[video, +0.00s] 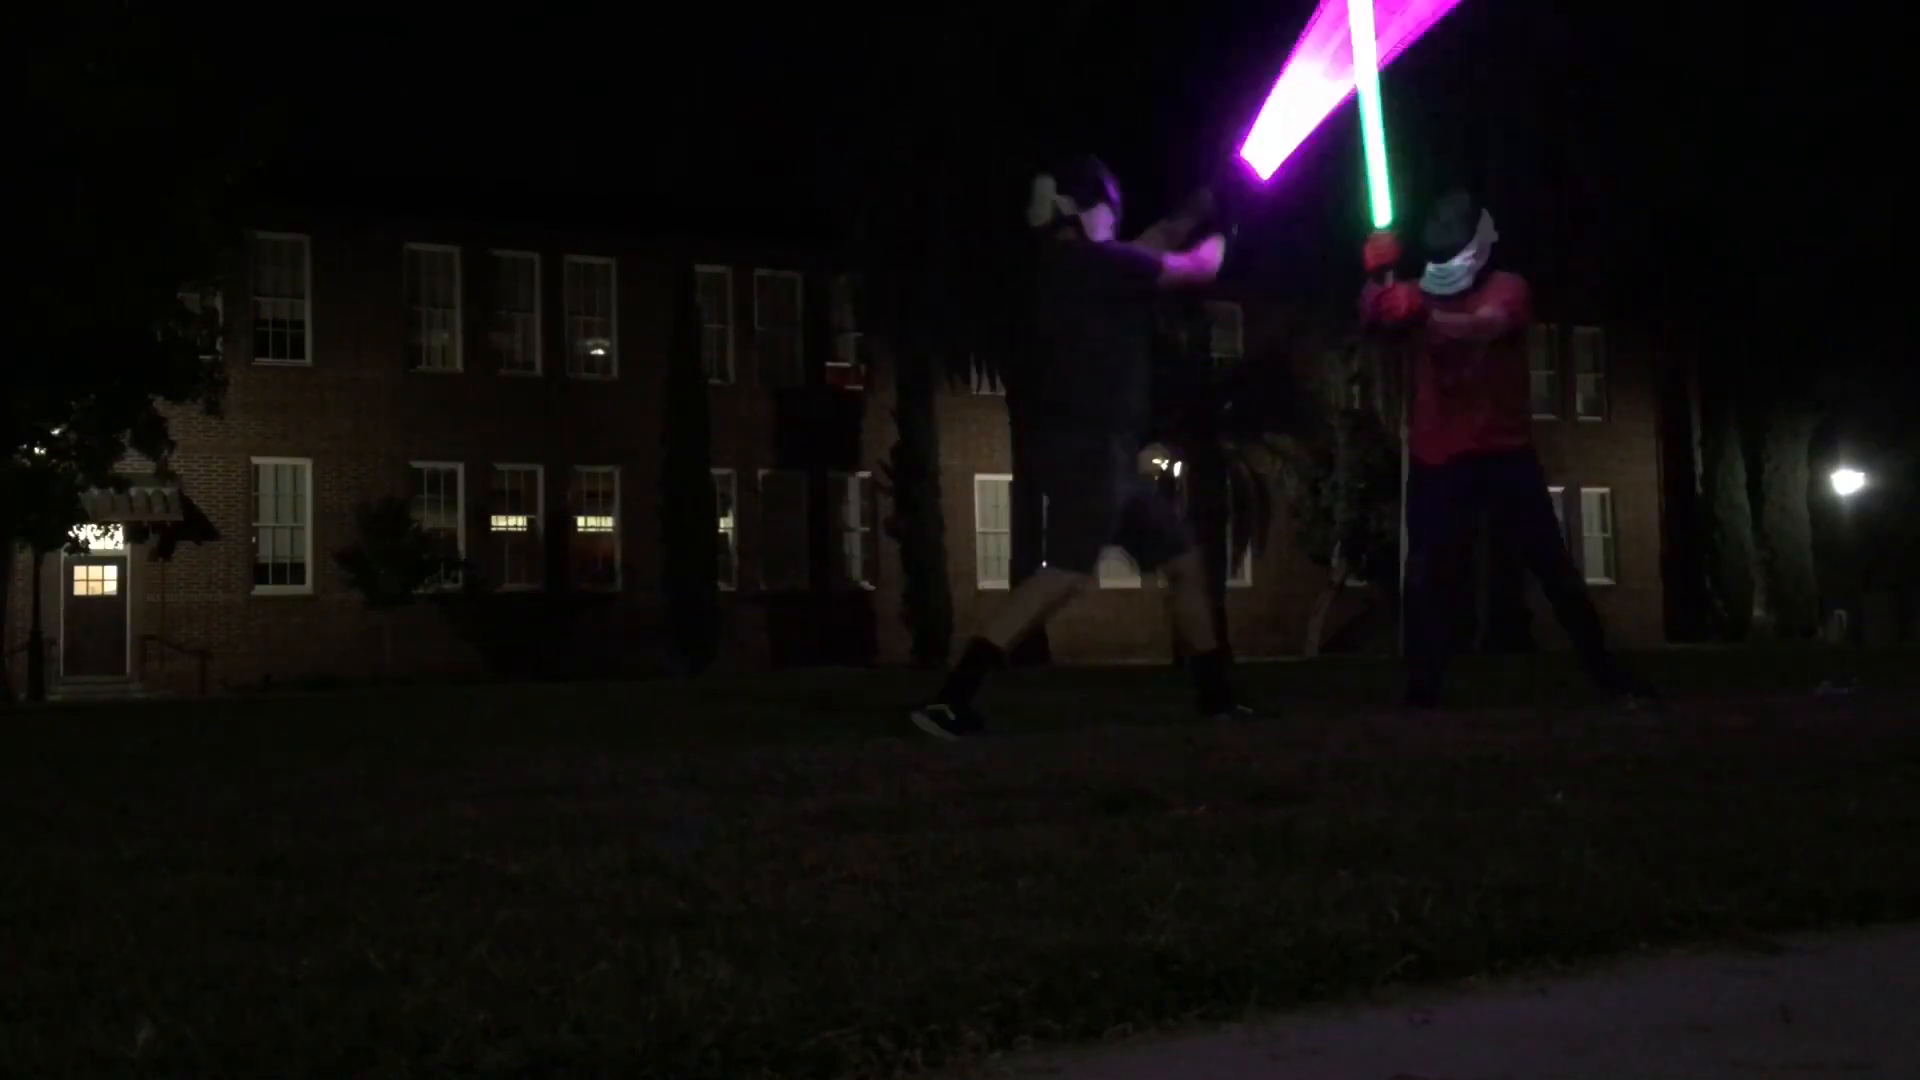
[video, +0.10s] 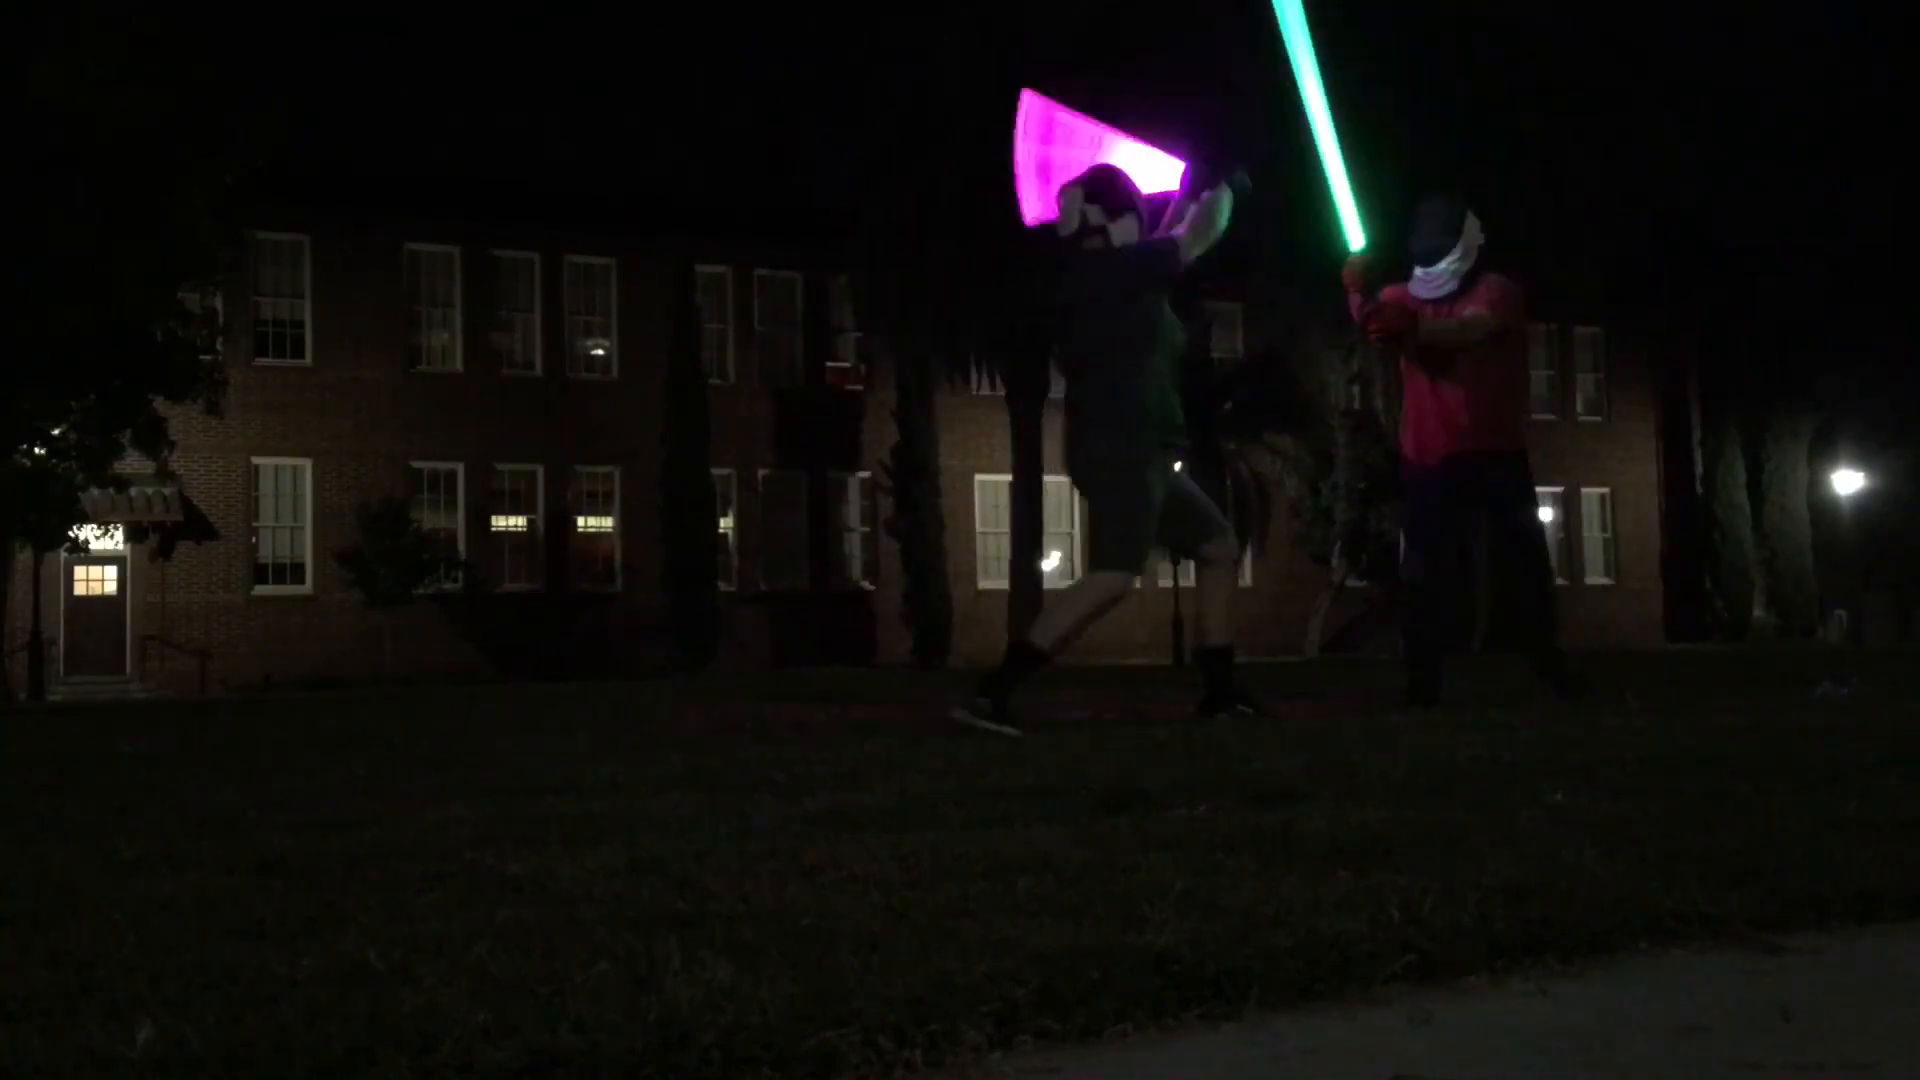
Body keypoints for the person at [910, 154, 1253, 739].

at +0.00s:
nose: (1115, 219)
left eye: (1112, 209)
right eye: (1110, 208)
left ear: (1061, 210)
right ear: (1088, 211)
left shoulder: (1058, 261)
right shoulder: (1095, 262)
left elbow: (1134, 254)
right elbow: (1199, 267)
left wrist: (1187, 216)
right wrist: (1221, 234)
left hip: (1093, 445)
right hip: (1091, 445)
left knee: (1181, 556)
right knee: (1066, 573)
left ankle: (1216, 692)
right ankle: (954, 696)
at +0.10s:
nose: (1143, 226)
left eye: (1138, 216)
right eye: (1135, 216)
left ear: (1095, 222)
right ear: (1112, 221)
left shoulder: (1104, 271)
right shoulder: (1110, 269)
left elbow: (1168, 241)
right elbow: (1198, 236)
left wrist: (1194, 192)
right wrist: (1224, 185)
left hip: (1134, 452)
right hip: (1121, 452)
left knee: (1219, 548)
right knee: (1113, 578)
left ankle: (1219, 690)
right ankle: (999, 689)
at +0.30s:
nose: (1145, 227)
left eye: (1138, 221)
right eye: (1135, 222)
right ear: (1116, 227)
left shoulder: (1147, 293)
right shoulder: (1112, 267)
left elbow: (1223, 281)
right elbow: (1208, 207)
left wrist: (1270, 226)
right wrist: (1230, 202)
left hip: (1153, 439)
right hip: (1129, 433)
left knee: (1225, 549)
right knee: (1155, 541)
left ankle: (1222, 691)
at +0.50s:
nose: (1113, 227)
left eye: (1101, 218)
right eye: (1102, 219)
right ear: (1089, 227)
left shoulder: (1120, 293)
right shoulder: (1091, 268)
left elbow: (1194, 278)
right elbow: (1173, 197)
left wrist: (1217, 203)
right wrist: (1200, 177)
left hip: (1150, 439)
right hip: (1121, 432)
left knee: (1225, 547)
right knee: (1155, 542)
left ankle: (1223, 693)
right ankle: (1033, 658)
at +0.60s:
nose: (1143, 227)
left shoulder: (1086, 283)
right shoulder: (1074, 274)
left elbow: (1163, 290)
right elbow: (1156, 197)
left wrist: (1157, 226)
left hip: (1137, 437)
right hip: (1112, 438)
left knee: (1215, 547)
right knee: (1132, 561)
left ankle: (1222, 687)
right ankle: (1006, 651)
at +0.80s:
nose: (1038, 208)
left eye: (1033, 198)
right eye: (1033, 198)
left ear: (976, 200)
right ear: (1019, 200)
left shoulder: (965, 259)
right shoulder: (1025, 254)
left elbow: (1040, 294)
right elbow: (1121, 261)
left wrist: (1072, 249)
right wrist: (1131, 232)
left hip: (1007, 435)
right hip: (1043, 433)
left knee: (1107, 542)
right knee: (1049, 565)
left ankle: (1158, 669)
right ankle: (979, 692)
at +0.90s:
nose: (1012, 198)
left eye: (1008, 188)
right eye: (1007, 188)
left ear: (954, 190)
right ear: (997, 191)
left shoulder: (933, 247)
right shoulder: (1006, 252)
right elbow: (1084, 305)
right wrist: (1100, 294)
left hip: (959, 418)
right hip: (1006, 417)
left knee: (1055, 521)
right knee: (1020, 553)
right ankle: (978, 691)